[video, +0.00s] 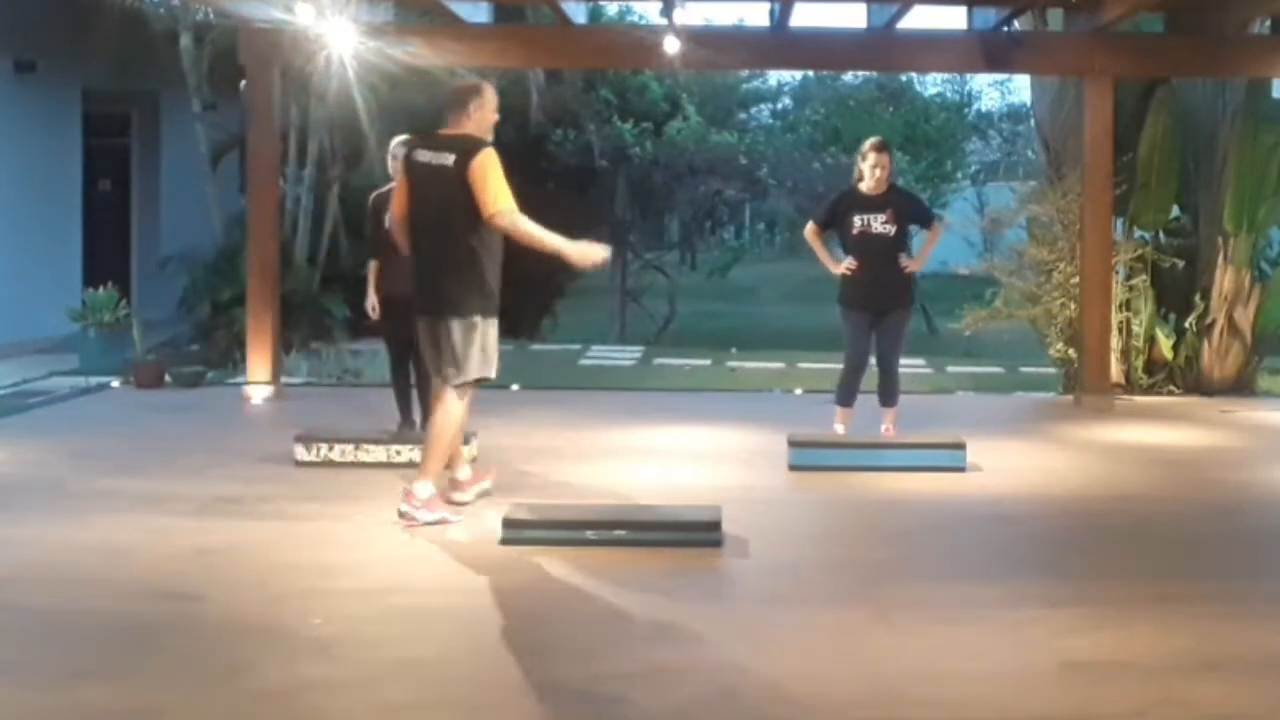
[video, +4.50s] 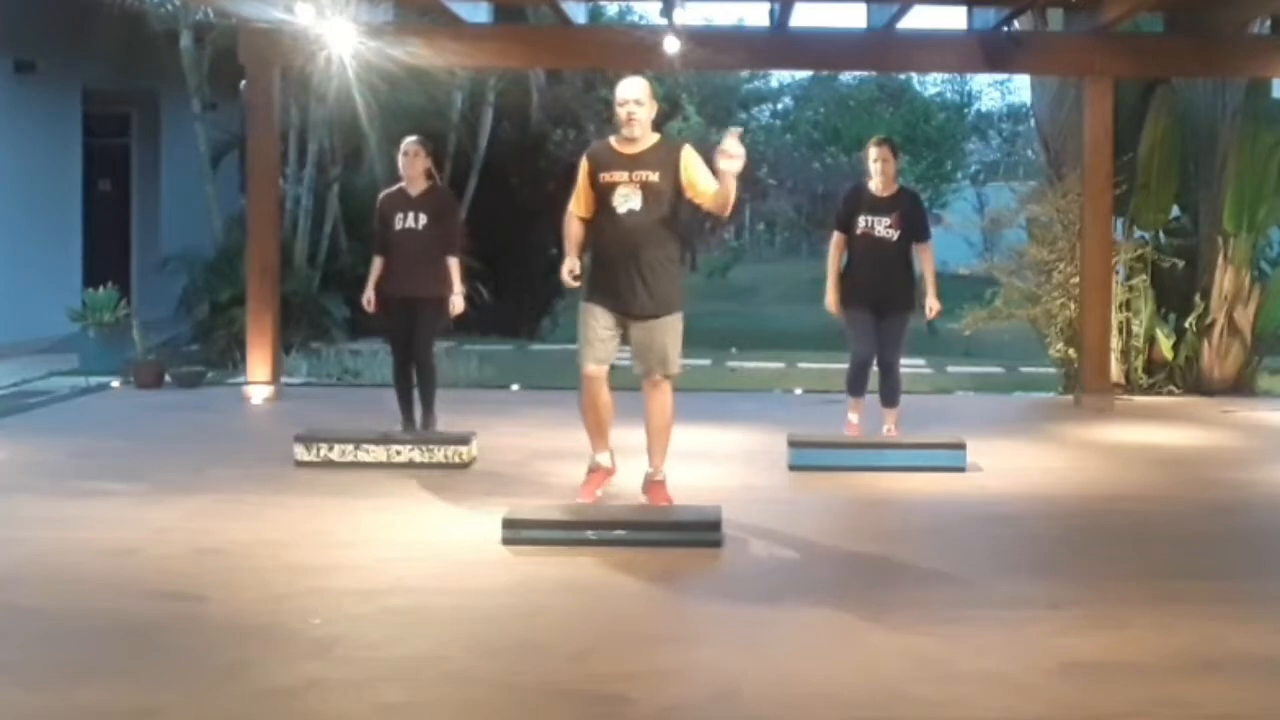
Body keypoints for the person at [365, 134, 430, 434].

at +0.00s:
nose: (398, 164)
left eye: (404, 157)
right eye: (395, 157)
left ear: (414, 160)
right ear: (388, 161)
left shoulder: (429, 196)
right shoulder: (380, 199)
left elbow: (437, 245)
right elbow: (375, 249)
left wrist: (438, 285)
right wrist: (372, 289)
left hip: (423, 290)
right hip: (393, 292)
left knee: (424, 359)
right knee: (399, 359)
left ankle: (429, 418)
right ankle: (405, 418)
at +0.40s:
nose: (410, 164)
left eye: (417, 158)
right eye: (407, 158)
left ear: (432, 162)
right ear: (401, 162)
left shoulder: (447, 197)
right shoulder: (389, 198)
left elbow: (456, 240)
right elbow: (376, 234)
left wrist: (453, 279)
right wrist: (357, 246)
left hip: (435, 291)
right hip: (399, 292)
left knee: (433, 357)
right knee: (403, 357)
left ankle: (430, 419)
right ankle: (406, 418)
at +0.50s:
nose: (415, 163)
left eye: (422, 158)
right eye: (411, 157)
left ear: (436, 162)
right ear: (405, 160)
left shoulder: (448, 197)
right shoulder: (393, 197)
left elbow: (469, 240)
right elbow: (380, 241)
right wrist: (368, 230)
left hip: (437, 291)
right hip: (401, 291)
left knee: (436, 358)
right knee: (403, 358)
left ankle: (430, 420)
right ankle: (407, 418)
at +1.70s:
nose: (412, 167)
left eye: (419, 161)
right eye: (408, 160)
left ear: (433, 162)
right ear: (403, 162)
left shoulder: (447, 197)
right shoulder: (392, 198)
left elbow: (460, 243)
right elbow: (385, 243)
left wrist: (429, 250)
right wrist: (403, 251)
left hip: (434, 291)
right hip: (402, 291)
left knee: (431, 356)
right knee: (408, 357)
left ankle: (430, 418)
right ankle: (414, 418)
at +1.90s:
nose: (413, 169)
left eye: (419, 163)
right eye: (409, 163)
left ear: (433, 165)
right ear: (403, 165)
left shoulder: (447, 200)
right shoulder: (391, 201)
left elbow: (457, 245)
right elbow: (387, 248)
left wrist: (442, 279)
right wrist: (389, 286)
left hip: (435, 290)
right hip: (403, 290)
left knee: (436, 358)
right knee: (409, 359)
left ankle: (431, 417)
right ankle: (414, 417)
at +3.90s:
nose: (418, 162)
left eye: (425, 157)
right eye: (414, 156)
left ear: (438, 164)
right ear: (408, 162)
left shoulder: (449, 201)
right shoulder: (399, 199)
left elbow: (455, 250)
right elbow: (393, 247)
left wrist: (455, 292)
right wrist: (382, 284)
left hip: (436, 292)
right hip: (402, 292)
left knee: (440, 358)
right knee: (400, 356)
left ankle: (436, 417)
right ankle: (412, 413)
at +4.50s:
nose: (408, 160)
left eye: (414, 155)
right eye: (404, 154)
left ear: (428, 161)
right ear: (398, 160)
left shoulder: (442, 199)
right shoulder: (387, 199)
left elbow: (452, 249)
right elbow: (380, 248)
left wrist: (457, 290)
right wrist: (370, 285)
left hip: (430, 293)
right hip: (395, 293)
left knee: (422, 354)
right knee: (401, 358)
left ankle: (428, 418)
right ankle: (407, 421)